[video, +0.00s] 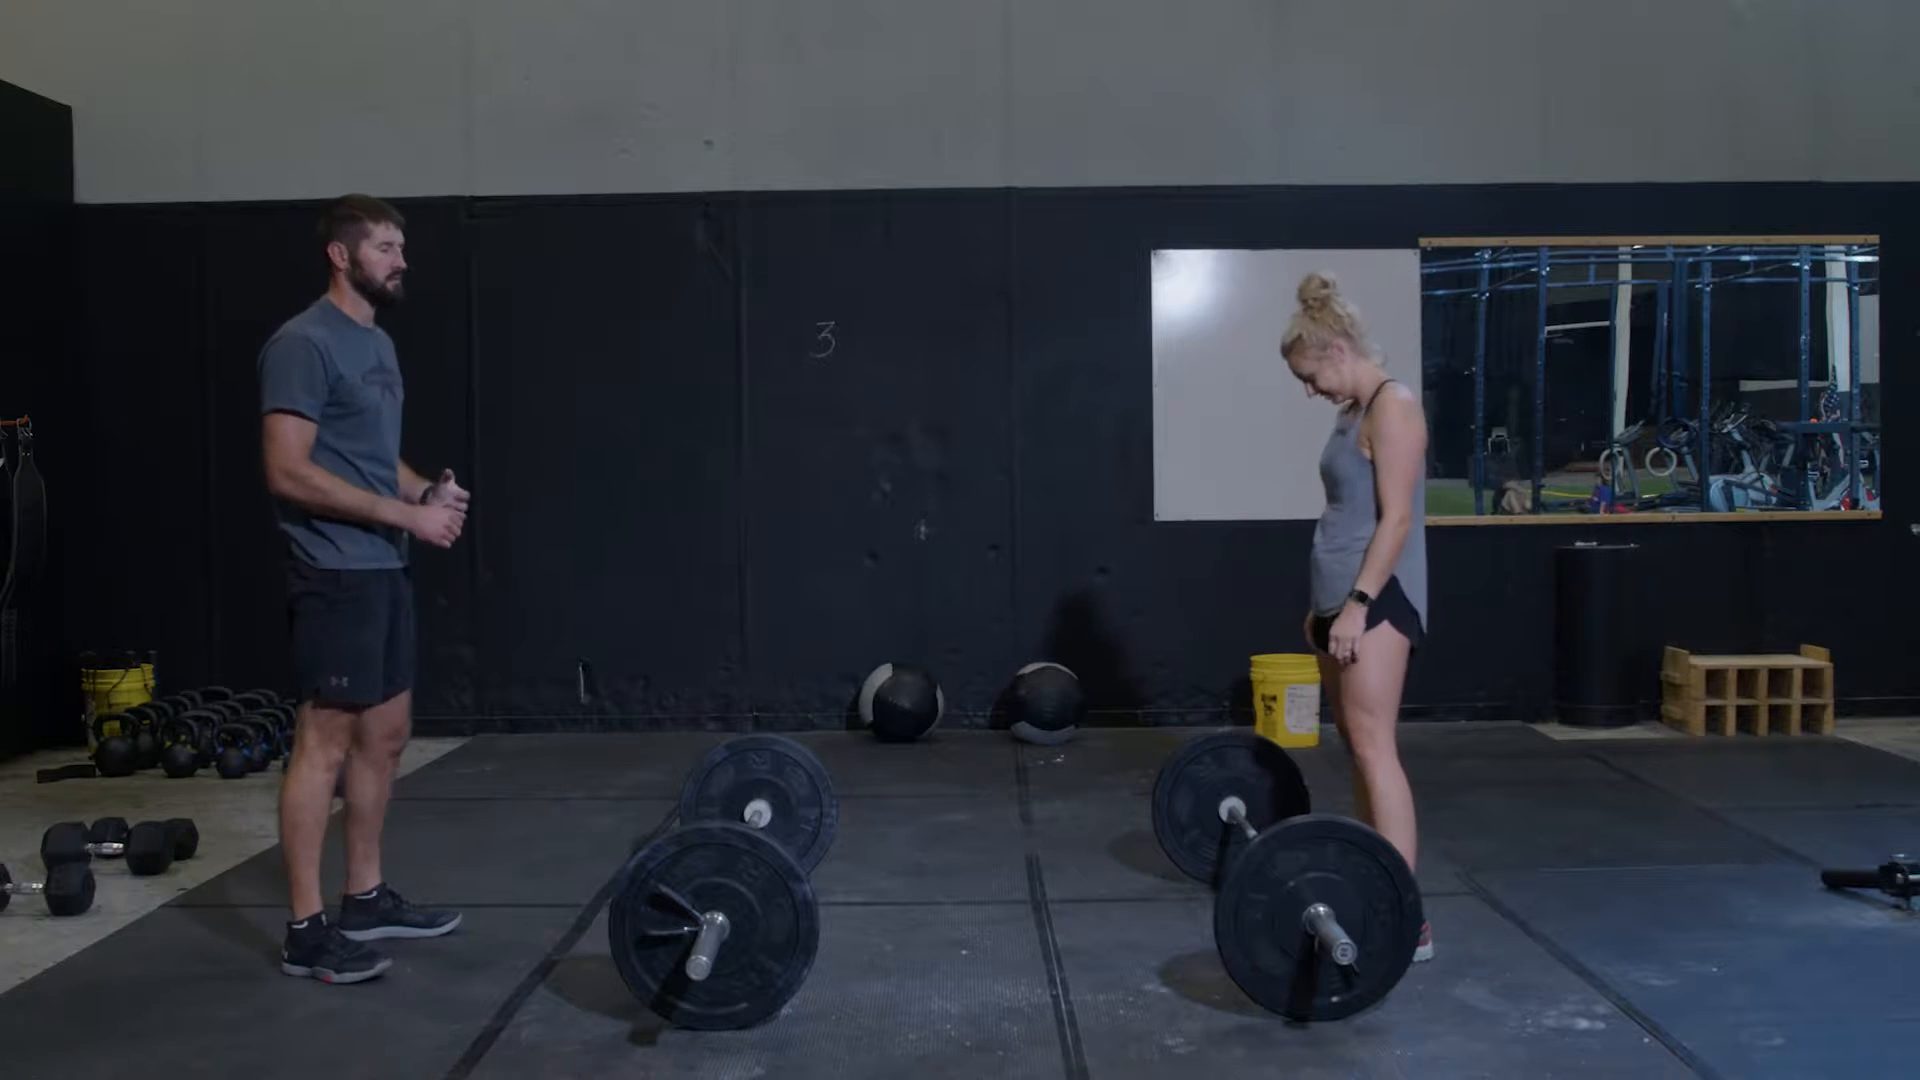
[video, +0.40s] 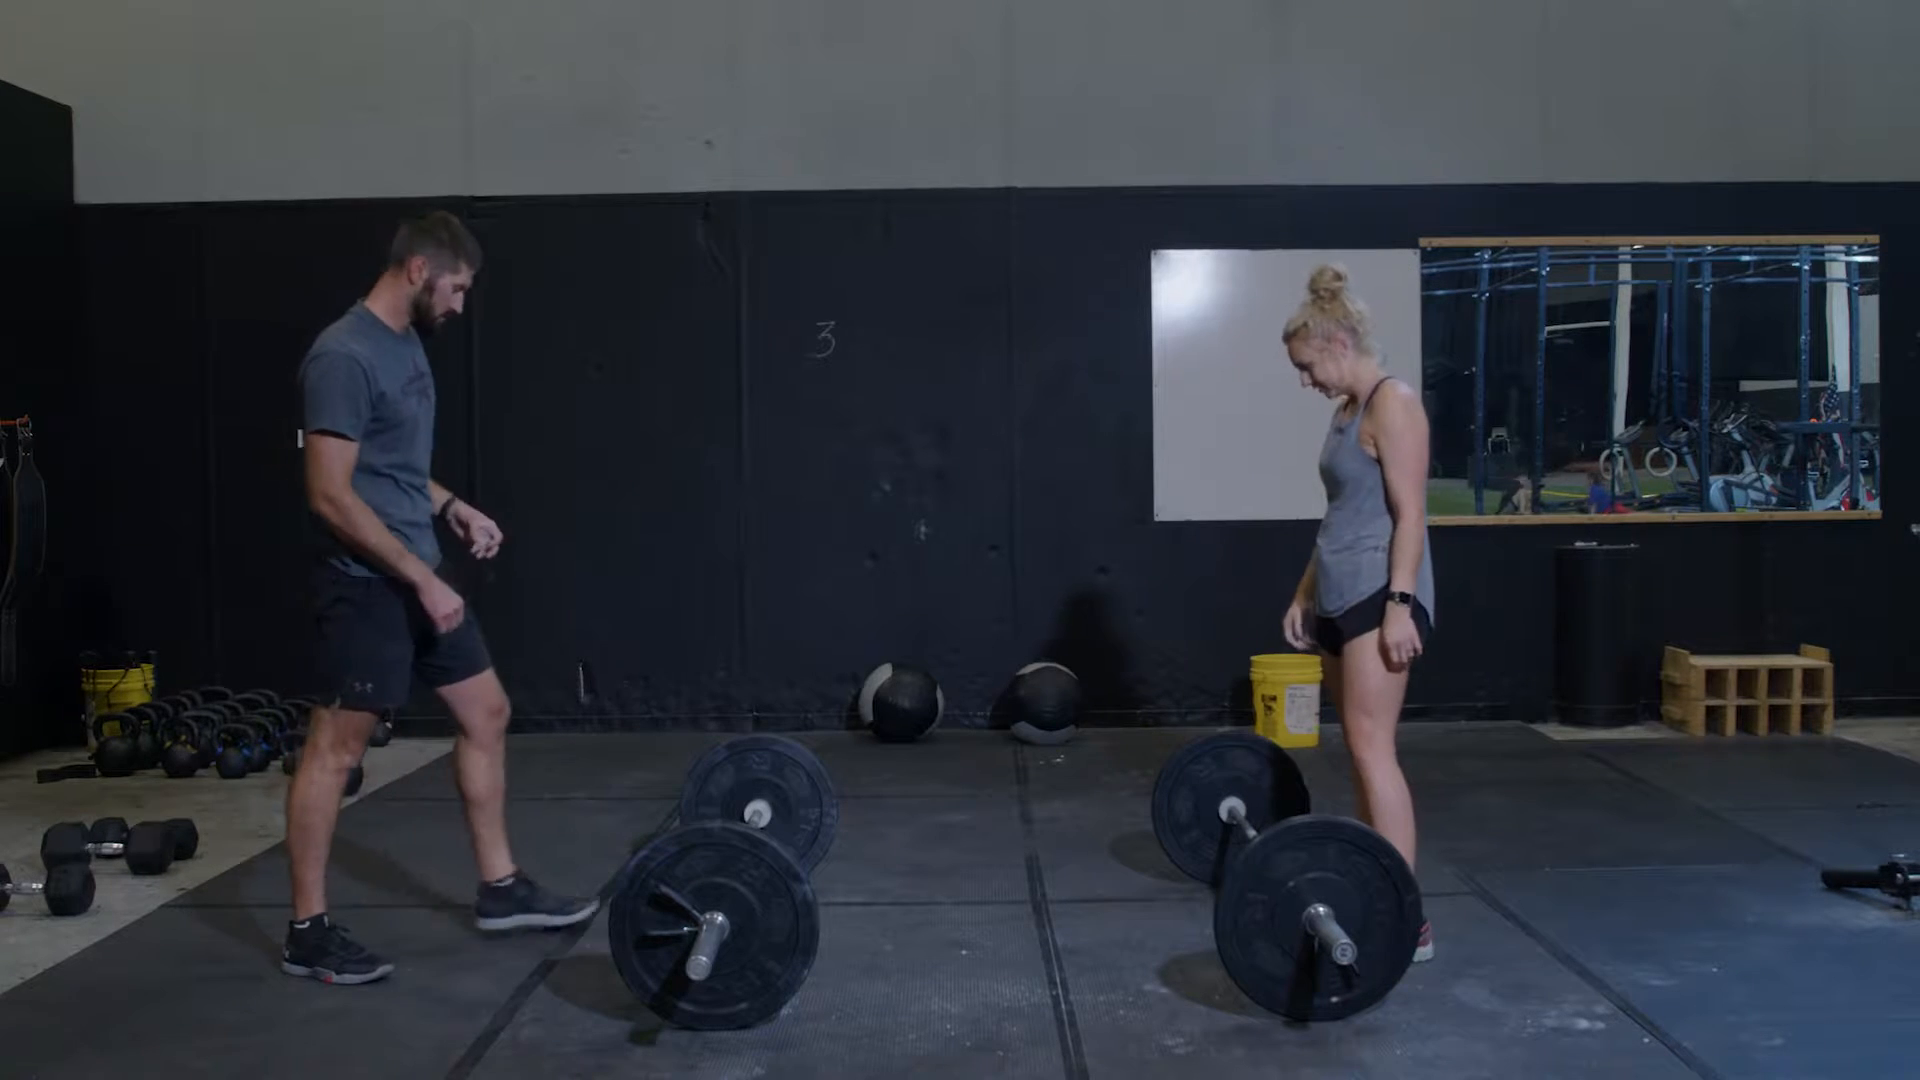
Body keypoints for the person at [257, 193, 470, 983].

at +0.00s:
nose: (398, 261)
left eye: (400, 249)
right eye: (385, 248)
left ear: (379, 259)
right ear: (340, 254)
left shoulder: (376, 344)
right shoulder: (301, 344)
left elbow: (369, 455)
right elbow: (286, 472)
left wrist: (424, 490)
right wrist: (405, 514)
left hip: (383, 570)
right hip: (331, 575)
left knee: (383, 736)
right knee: (322, 744)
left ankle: (366, 900)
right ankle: (306, 928)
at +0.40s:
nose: (458, 305)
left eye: (464, 291)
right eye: (455, 289)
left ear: (421, 275)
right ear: (416, 271)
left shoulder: (405, 348)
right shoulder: (343, 358)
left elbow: (394, 466)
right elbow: (328, 493)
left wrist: (454, 507)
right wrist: (423, 580)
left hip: (418, 570)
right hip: (360, 578)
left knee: (487, 716)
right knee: (336, 747)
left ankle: (499, 886)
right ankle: (307, 927)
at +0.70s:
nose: (572, 339)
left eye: (580, 328)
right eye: (571, 323)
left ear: (543, 306)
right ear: (537, 298)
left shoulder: (510, 373)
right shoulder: (453, 366)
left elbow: (494, 480)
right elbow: (427, 498)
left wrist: (554, 540)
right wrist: (455, 618)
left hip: (485, 581)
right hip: (426, 588)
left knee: (535, 730)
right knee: (409, 753)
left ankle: (575, 892)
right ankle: (319, 921)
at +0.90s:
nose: (655, 377)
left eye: (664, 367)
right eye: (657, 360)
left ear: (635, 337)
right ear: (628, 328)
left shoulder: (594, 392)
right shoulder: (536, 373)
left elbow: (577, 493)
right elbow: (496, 501)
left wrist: (627, 578)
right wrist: (509, 623)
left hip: (513, 558)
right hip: (458, 562)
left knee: (561, 721)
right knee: (518, 730)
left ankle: (577, 893)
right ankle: (403, 883)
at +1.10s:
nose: (710, 422)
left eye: (720, 414)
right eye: (715, 407)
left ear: (697, 381)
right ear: (690, 374)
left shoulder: (649, 422)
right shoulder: (598, 399)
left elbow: (638, 523)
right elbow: (568, 532)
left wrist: (670, 630)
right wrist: (608, 652)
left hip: (536, 564)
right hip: (478, 557)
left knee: (573, 721)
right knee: (538, 731)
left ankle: (577, 892)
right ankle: (542, 916)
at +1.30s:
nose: (745, 492)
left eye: (756, 485)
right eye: (750, 477)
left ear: (727, 444)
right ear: (729, 443)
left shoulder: (677, 468)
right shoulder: (652, 460)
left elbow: (680, 580)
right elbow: (649, 616)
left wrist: (701, 688)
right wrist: (693, 738)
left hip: (537, 575)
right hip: (489, 572)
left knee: (610, 711)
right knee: (575, 734)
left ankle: (591, 883)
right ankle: (564, 924)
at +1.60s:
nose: (777, 618)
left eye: (789, 612)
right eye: (786, 606)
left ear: (770, 565)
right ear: (772, 573)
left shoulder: (718, 575)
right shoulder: (696, 574)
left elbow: (727, 698)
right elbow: (696, 728)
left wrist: (735, 803)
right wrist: (715, 834)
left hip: (532, 593)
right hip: (493, 593)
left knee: (621, 721)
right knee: (609, 740)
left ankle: (593, 894)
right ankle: (565, 923)